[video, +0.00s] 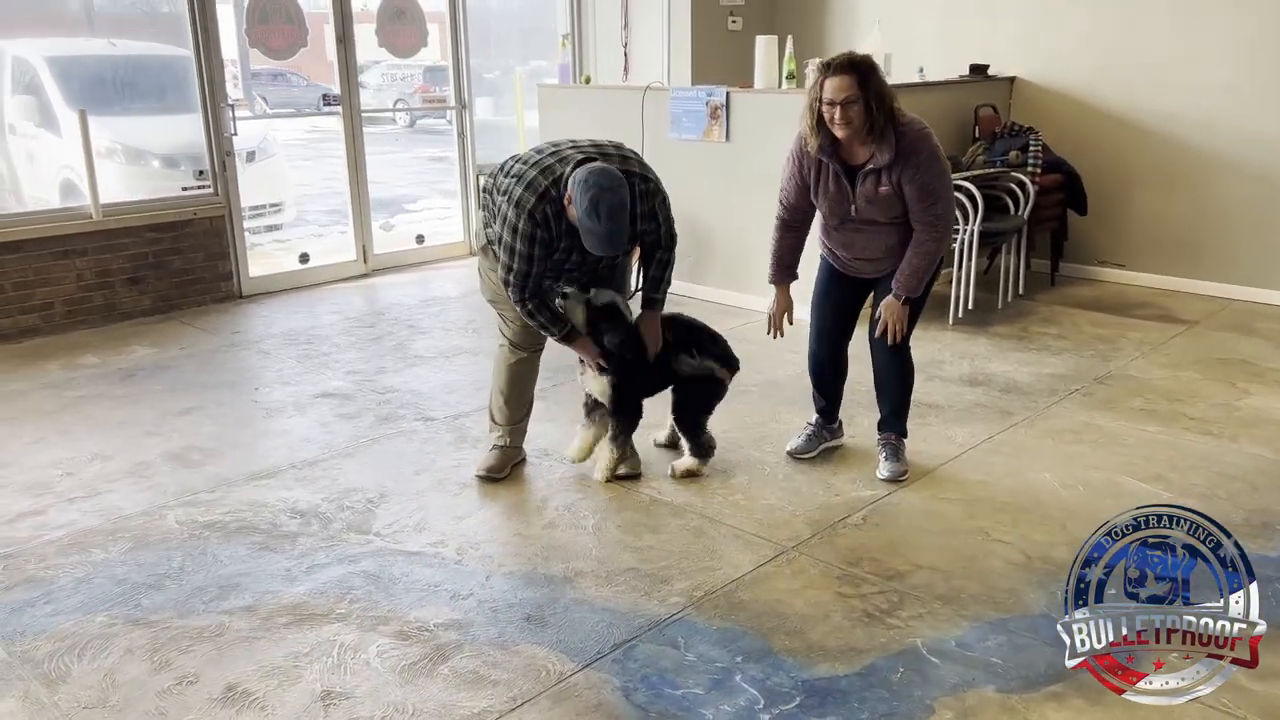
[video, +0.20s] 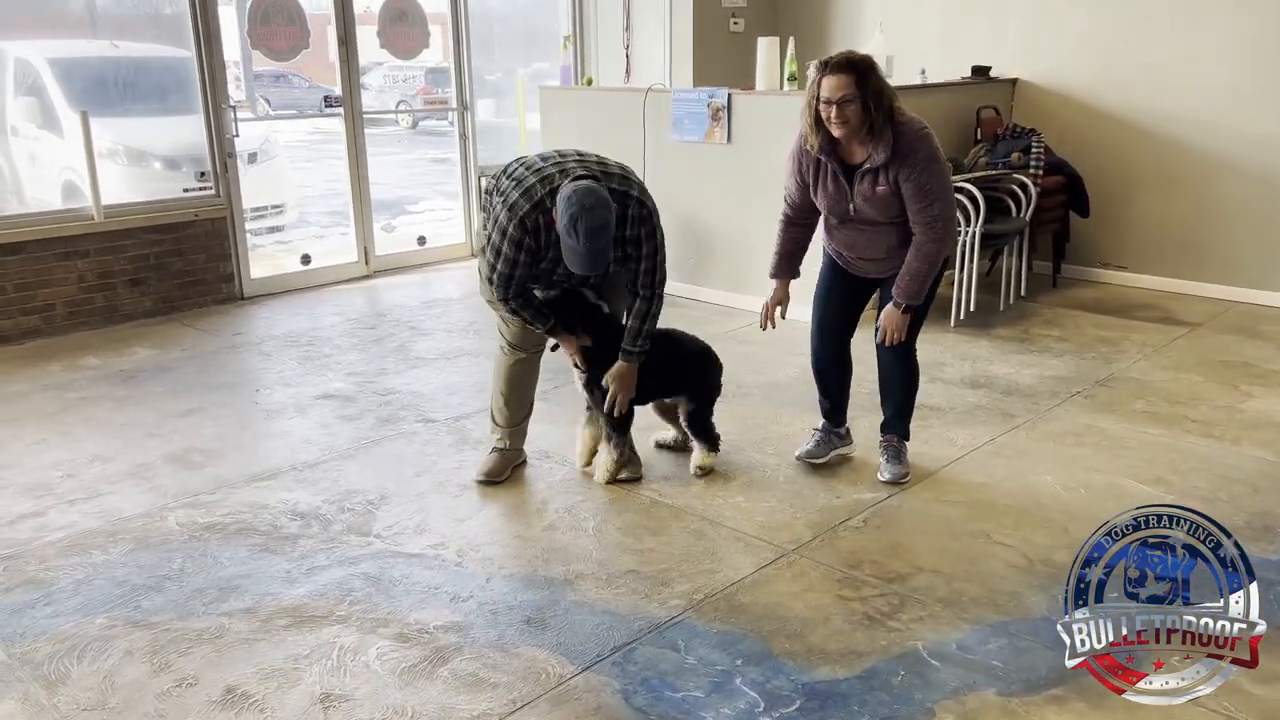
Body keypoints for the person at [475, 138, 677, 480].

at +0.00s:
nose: (602, 247)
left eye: (611, 243)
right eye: (594, 238)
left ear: (628, 201)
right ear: (569, 202)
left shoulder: (644, 186)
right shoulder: (527, 205)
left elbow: (662, 244)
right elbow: (521, 292)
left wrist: (652, 312)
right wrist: (575, 341)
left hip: (603, 245)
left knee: (610, 335)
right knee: (522, 335)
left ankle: (617, 441)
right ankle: (506, 443)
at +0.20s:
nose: (586, 271)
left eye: (595, 265)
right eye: (577, 264)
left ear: (613, 216)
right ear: (556, 218)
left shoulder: (637, 206)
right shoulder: (520, 212)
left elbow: (649, 288)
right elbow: (503, 290)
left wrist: (630, 361)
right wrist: (559, 335)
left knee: (609, 335)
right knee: (520, 338)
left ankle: (617, 442)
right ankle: (507, 445)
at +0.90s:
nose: (548, 286)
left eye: (554, 273)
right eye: (534, 279)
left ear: (566, 230)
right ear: (506, 234)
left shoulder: (600, 213)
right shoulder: (480, 225)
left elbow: (628, 290)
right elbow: (484, 301)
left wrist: (619, 361)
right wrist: (542, 346)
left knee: (600, 338)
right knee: (505, 340)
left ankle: (604, 448)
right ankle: (491, 447)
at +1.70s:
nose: (498, 232)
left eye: (507, 224)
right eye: (488, 223)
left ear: (531, 196)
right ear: (475, 181)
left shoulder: (569, 199)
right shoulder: (444, 175)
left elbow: (587, 286)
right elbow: (393, 219)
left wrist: (530, 327)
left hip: (543, 280)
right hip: (469, 274)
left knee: (556, 362)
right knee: (466, 356)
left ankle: (570, 444)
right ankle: (457, 447)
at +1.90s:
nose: (494, 200)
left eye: (504, 193)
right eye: (485, 191)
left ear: (524, 169)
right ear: (469, 166)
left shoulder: (555, 182)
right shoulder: (440, 168)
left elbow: (588, 266)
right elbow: (380, 221)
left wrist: (531, 301)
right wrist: (320, 265)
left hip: (537, 282)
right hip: (472, 278)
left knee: (550, 360)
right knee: (461, 352)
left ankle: (570, 449)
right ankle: (452, 446)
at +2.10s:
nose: (477, 185)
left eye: (486, 175)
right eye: (465, 177)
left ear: (504, 151)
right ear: (446, 155)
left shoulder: (539, 161)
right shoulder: (425, 156)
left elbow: (579, 247)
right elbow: (358, 227)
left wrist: (522, 280)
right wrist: (403, 268)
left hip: (534, 280)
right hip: (458, 286)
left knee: (546, 364)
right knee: (458, 367)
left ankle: (559, 438)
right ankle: (452, 456)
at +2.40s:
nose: (474, 221)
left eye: (483, 209)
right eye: (463, 214)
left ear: (501, 172)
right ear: (441, 179)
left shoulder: (539, 171)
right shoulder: (417, 169)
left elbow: (592, 249)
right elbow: (370, 242)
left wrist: (533, 291)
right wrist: (422, 255)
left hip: (531, 281)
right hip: (456, 281)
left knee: (545, 352)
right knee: (453, 362)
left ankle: (562, 446)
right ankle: (449, 461)